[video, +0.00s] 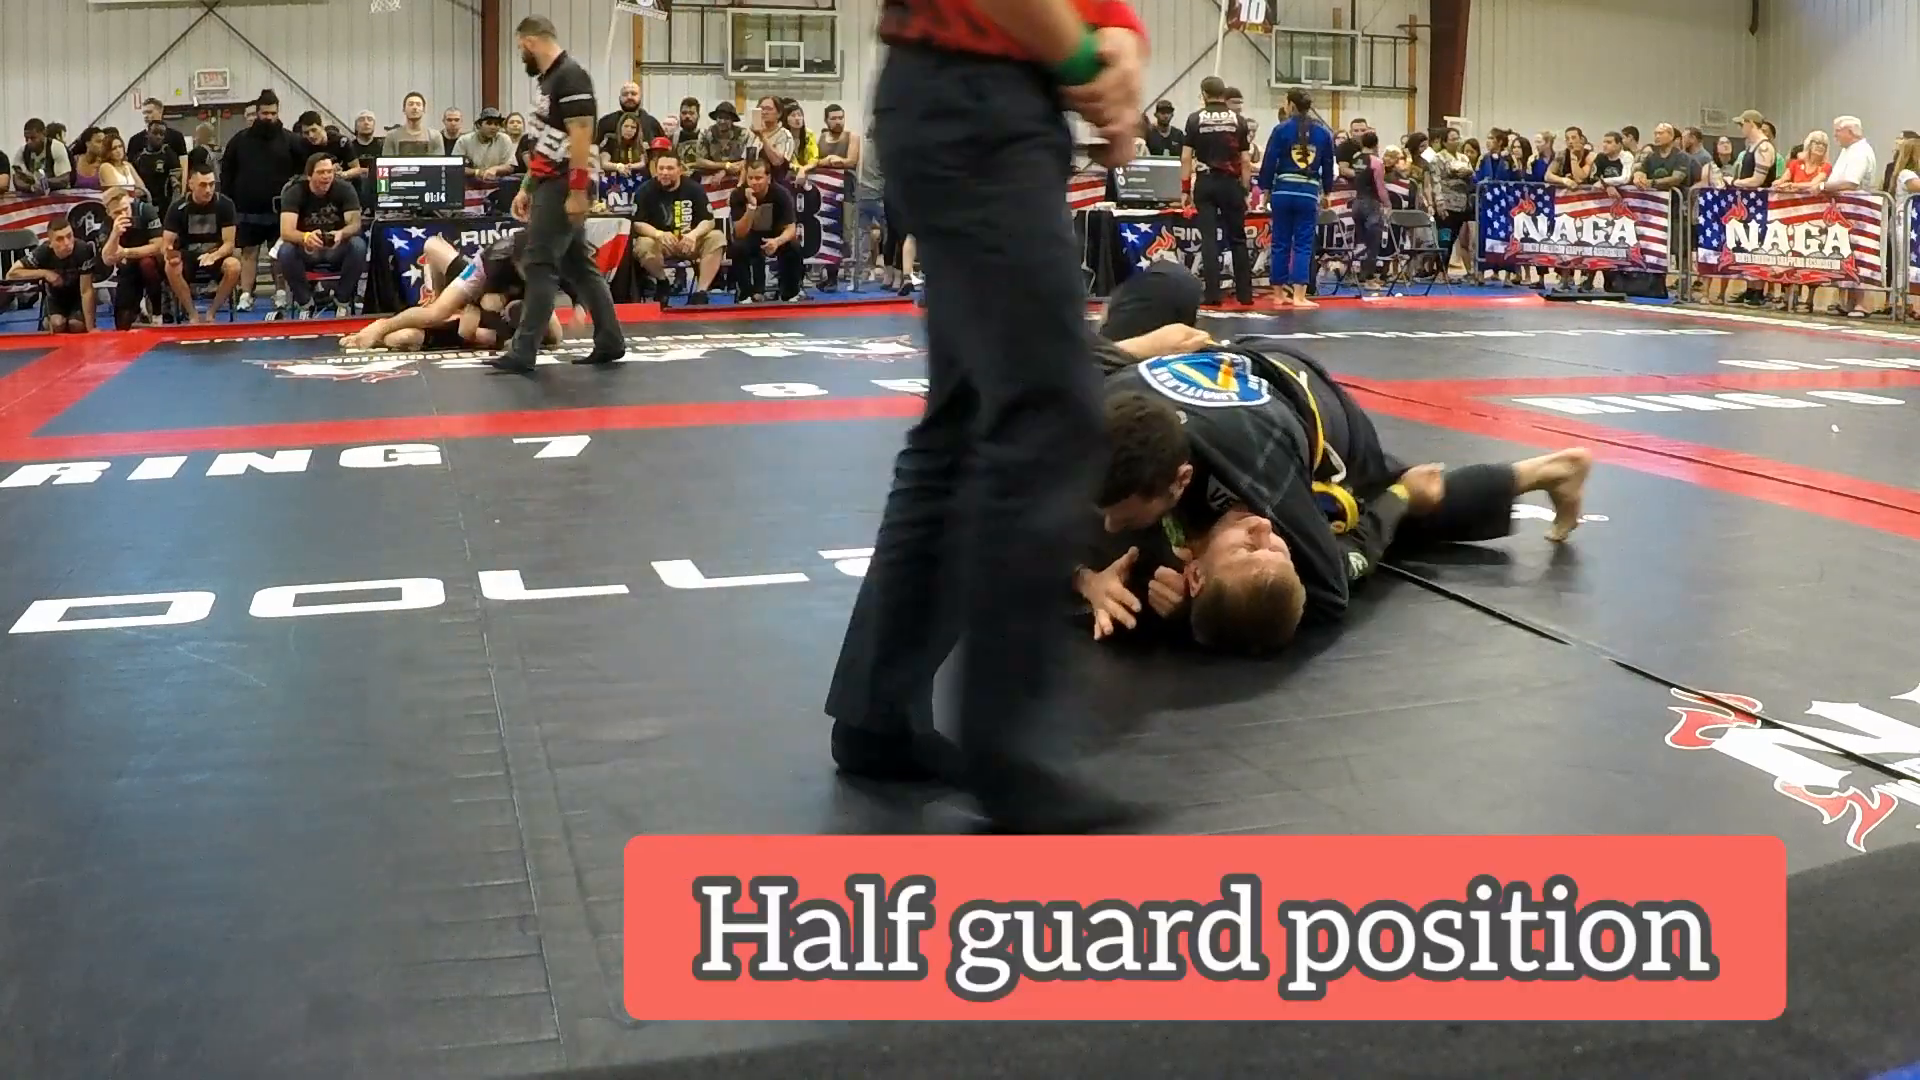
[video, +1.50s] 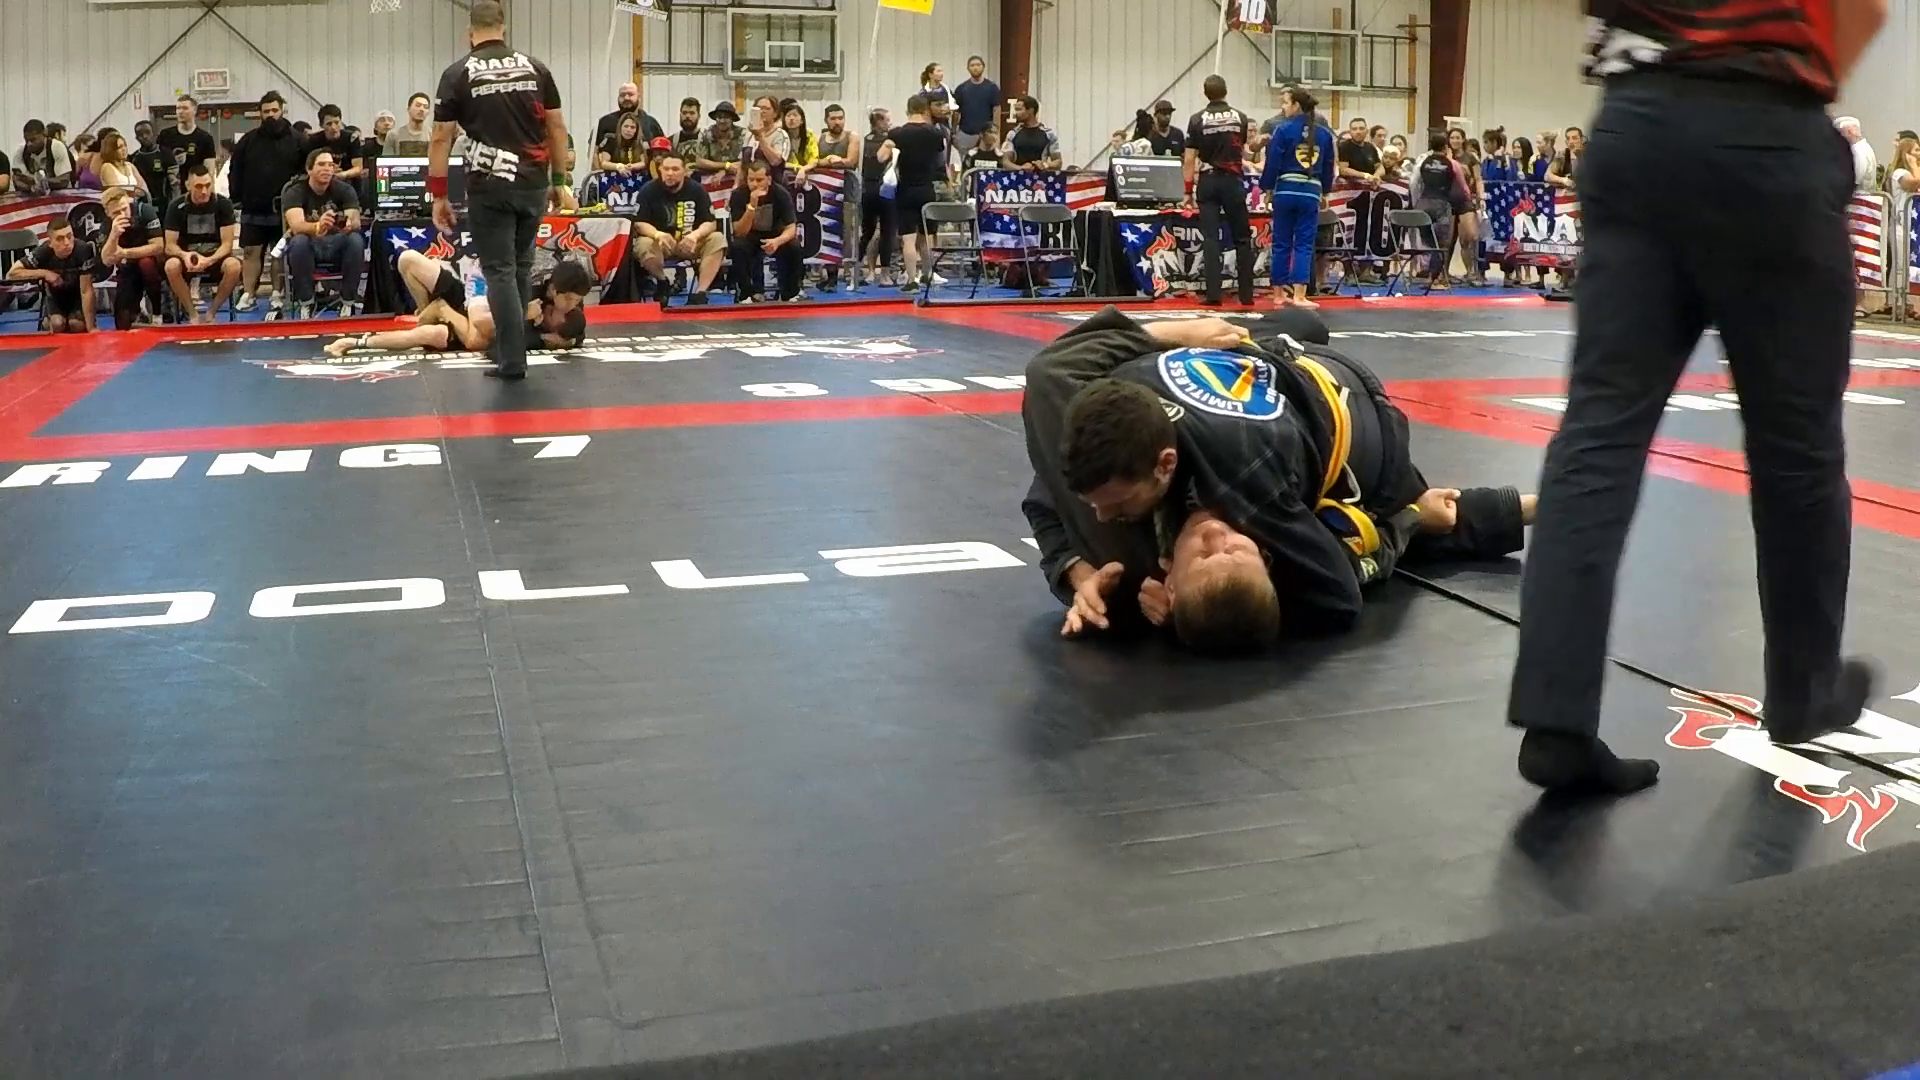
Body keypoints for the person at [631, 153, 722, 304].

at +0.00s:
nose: (665, 172)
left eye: (670, 168)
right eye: (661, 168)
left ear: (680, 170)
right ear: (656, 170)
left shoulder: (693, 188)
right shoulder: (646, 190)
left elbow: (708, 220)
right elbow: (638, 223)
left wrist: (693, 235)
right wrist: (659, 234)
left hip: (689, 242)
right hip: (661, 242)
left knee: (716, 237)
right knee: (644, 245)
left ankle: (701, 291)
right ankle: (662, 281)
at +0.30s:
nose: (665, 173)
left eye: (670, 169)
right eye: (661, 169)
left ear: (681, 171)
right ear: (656, 171)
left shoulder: (693, 188)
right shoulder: (646, 190)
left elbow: (708, 220)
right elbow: (638, 223)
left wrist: (694, 235)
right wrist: (659, 234)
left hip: (689, 243)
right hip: (661, 243)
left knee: (716, 237)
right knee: (644, 244)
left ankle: (701, 292)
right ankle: (662, 280)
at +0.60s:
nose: (665, 173)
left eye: (670, 169)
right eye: (661, 169)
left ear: (680, 171)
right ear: (656, 171)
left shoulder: (693, 188)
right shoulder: (647, 190)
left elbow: (708, 220)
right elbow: (638, 223)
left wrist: (694, 233)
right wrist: (659, 234)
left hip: (689, 242)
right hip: (661, 242)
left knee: (716, 237)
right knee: (644, 244)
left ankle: (701, 292)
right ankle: (662, 281)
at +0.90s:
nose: (666, 174)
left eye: (671, 169)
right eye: (662, 169)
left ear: (681, 171)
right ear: (657, 171)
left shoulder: (693, 188)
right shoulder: (646, 190)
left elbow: (708, 219)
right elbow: (638, 223)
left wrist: (694, 232)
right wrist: (658, 234)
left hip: (688, 242)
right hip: (659, 243)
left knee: (716, 237)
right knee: (644, 244)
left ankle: (701, 292)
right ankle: (662, 281)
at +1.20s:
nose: (667, 173)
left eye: (672, 169)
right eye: (663, 169)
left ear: (682, 171)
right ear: (657, 170)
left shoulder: (694, 189)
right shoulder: (647, 190)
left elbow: (709, 221)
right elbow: (639, 223)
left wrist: (694, 235)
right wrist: (658, 236)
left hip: (689, 243)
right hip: (659, 243)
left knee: (717, 238)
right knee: (644, 244)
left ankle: (701, 293)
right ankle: (662, 281)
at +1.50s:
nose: (670, 174)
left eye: (675, 169)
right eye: (666, 169)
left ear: (684, 171)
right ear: (660, 170)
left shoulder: (696, 189)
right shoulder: (649, 190)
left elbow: (710, 222)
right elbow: (639, 223)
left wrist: (695, 235)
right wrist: (658, 234)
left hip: (689, 243)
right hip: (660, 243)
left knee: (717, 240)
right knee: (644, 244)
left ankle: (700, 293)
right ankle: (662, 281)